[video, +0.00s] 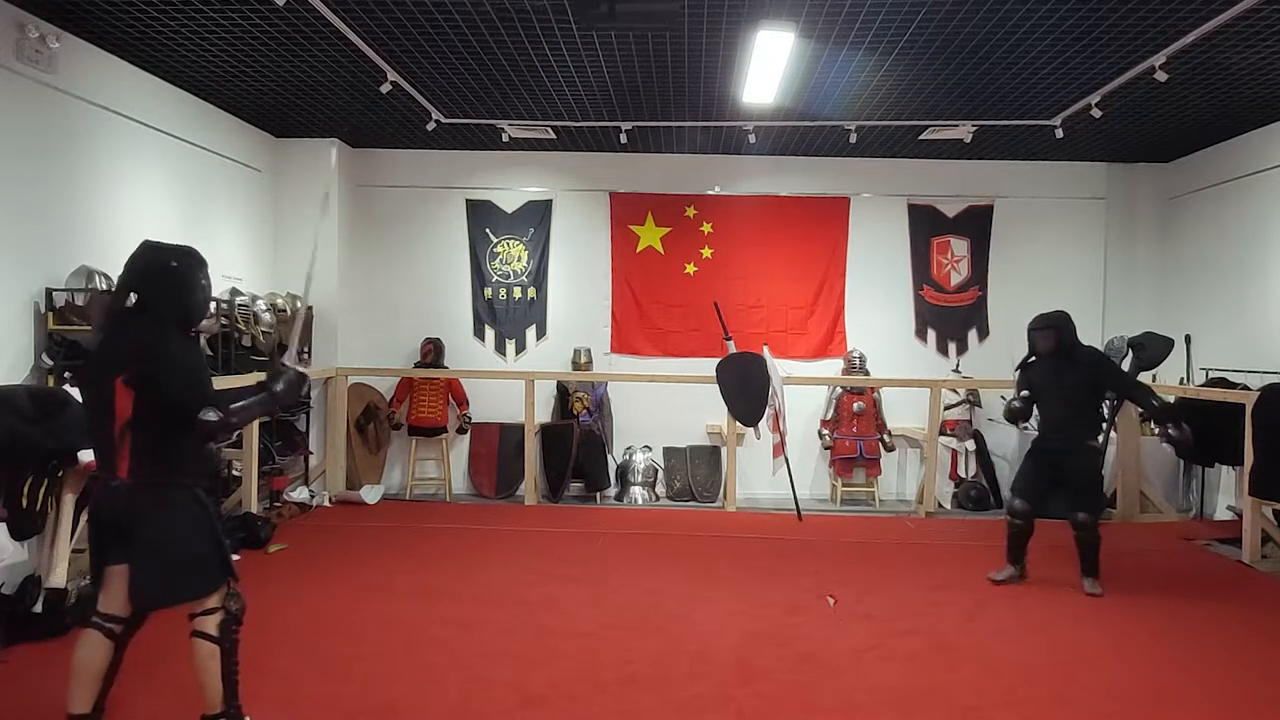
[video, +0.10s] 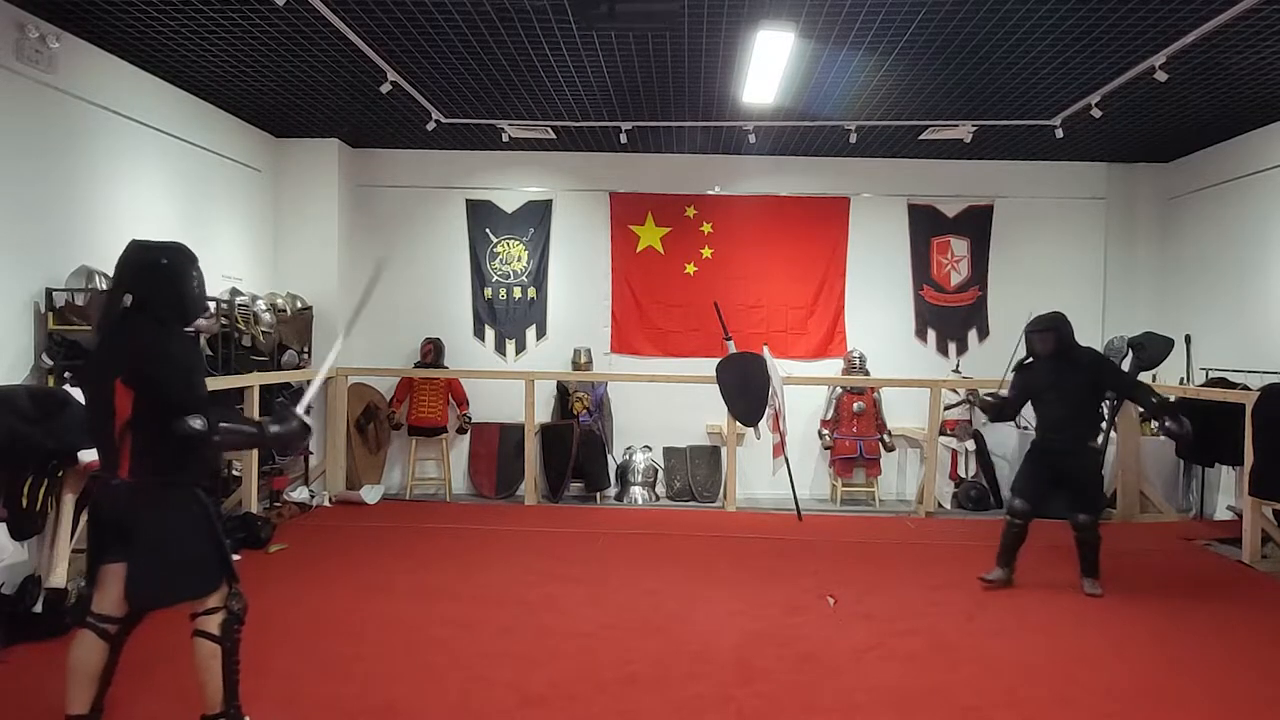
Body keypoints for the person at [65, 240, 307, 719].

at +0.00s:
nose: (209, 294)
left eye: (207, 283)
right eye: (202, 283)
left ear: (145, 287)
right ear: (178, 290)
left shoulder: (114, 338)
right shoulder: (173, 346)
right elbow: (205, 421)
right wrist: (271, 398)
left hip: (116, 497)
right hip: (170, 498)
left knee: (112, 614)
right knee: (217, 602)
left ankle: (79, 712)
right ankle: (222, 711)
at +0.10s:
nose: (201, 292)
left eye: (199, 281)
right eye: (194, 281)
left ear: (137, 286)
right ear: (172, 287)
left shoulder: (114, 337)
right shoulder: (172, 342)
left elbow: (103, 426)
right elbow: (194, 425)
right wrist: (270, 434)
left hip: (116, 495)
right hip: (169, 497)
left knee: (106, 614)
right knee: (219, 601)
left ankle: (78, 714)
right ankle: (221, 713)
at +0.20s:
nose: (199, 289)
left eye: (195, 278)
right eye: (191, 278)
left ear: (134, 287)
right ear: (169, 286)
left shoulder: (113, 337)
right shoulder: (174, 344)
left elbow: (106, 428)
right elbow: (188, 440)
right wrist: (258, 477)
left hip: (115, 495)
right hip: (171, 498)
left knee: (104, 615)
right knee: (229, 599)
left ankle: (77, 714)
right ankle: (221, 714)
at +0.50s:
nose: (240, 292)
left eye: (234, 282)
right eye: (233, 283)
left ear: (167, 295)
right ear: (220, 294)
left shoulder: (147, 350)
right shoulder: (224, 352)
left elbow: (144, 426)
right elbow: (223, 438)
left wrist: (183, 464)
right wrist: (236, 507)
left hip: (170, 495)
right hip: (222, 497)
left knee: (144, 606)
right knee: (263, 601)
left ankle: (86, 711)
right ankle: (224, 712)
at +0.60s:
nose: (264, 289)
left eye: (260, 279)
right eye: (258, 281)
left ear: (201, 291)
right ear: (247, 288)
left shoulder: (188, 340)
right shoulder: (248, 345)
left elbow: (165, 412)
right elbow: (246, 430)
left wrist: (211, 438)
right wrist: (268, 501)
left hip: (195, 489)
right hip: (245, 495)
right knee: (264, 604)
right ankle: (225, 713)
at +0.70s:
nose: (292, 291)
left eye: (287, 281)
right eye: (286, 282)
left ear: (223, 289)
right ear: (273, 289)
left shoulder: (203, 341)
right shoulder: (274, 348)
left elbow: (174, 413)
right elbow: (269, 431)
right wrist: (319, 491)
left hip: (211, 486)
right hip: (260, 491)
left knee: (225, 596)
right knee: (261, 609)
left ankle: (154, 695)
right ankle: (226, 713)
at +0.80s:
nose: (317, 291)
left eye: (312, 281)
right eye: (311, 282)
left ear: (256, 290)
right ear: (301, 290)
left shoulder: (233, 335)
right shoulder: (295, 346)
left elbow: (198, 372)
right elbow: (301, 422)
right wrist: (365, 469)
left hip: (235, 482)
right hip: (276, 488)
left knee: (273, 598)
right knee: (262, 608)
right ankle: (227, 707)